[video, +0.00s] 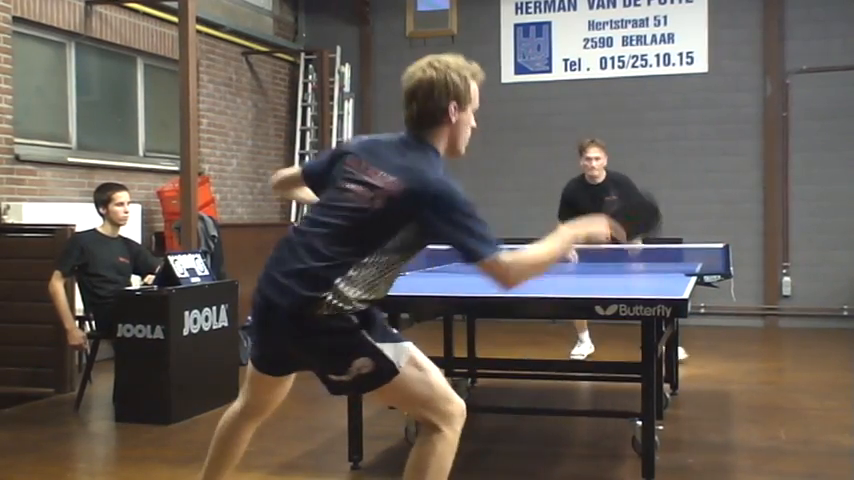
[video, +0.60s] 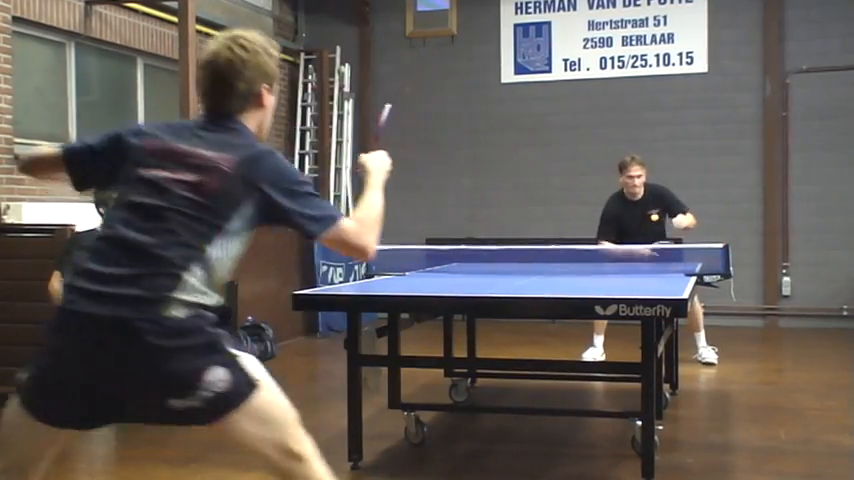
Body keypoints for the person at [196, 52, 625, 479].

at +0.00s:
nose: (476, 121)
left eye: (475, 109)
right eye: (473, 110)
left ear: (419, 109)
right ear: (452, 114)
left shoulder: (358, 148)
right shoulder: (434, 185)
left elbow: (283, 183)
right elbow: (508, 273)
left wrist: (324, 199)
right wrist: (569, 232)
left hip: (274, 298)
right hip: (330, 316)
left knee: (251, 406)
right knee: (447, 414)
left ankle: (209, 477)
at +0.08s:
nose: (460, 96)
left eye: (459, 84)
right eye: (459, 85)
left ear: (402, 86)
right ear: (443, 89)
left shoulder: (344, 130)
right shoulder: (436, 160)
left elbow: (255, 162)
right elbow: (519, 229)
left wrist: (281, 162)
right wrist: (556, 172)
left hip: (269, 295)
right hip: (335, 312)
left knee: (242, 400)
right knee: (434, 413)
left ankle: (211, 475)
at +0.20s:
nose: (434, 66)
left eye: (434, 57)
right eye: (434, 57)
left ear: (371, 60)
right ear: (423, 62)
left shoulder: (322, 102)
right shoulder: (423, 131)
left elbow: (228, 141)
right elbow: (499, 191)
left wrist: (210, 146)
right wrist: (509, 129)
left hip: (253, 264)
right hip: (321, 283)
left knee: (223, 386)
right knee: (401, 413)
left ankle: (192, 475)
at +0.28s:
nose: (413, 72)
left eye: (410, 62)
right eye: (411, 62)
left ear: (345, 65)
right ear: (402, 69)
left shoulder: (298, 111)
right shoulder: (411, 135)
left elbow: (199, 150)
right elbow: (483, 193)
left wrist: (188, 151)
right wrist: (486, 131)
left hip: (241, 277)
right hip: (319, 291)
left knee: (186, 406)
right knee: (398, 417)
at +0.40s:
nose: (370, 108)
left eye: (367, 99)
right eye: (369, 100)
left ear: (304, 104)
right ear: (360, 107)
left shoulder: (256, 156)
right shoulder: (376, 174)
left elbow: (153, 195)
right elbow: (459, 227)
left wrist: (149, 183)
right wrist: (456, 162)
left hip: (220, 343)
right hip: (308, 351)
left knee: (121, 454)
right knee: (392, 448)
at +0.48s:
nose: (333, 121)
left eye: (332, 110)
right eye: (332, 110)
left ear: (264, 113)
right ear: (319, 118)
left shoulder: (212, 166)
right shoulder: (329, 186)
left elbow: (104, 205)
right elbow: (423, 245)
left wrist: (108, 196)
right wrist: (426, 178)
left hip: (179, 363)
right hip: (271, 370)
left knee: (70, 463)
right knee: (364, 455)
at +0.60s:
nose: (276, 99)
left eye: (277, 90)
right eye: (276, 90)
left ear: (205, 91)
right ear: (264, 95)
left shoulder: (141, 139)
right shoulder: (259, 163)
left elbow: (35, 164)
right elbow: (364, 243)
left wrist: (26, 153)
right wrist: (376, 176)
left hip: (79, 340)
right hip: (172, 348)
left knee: (10, 462)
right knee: (295, 454)